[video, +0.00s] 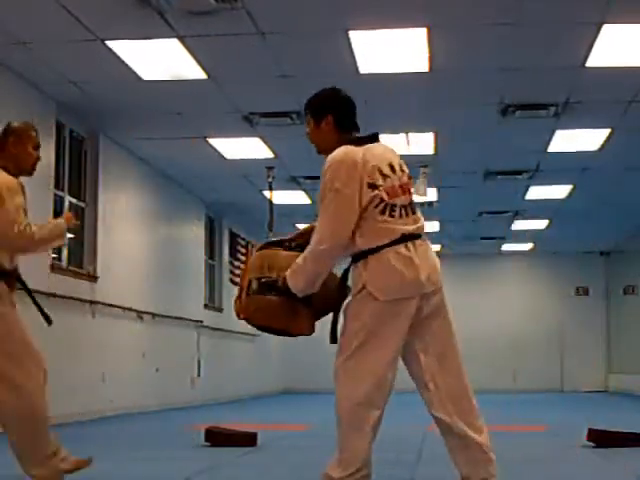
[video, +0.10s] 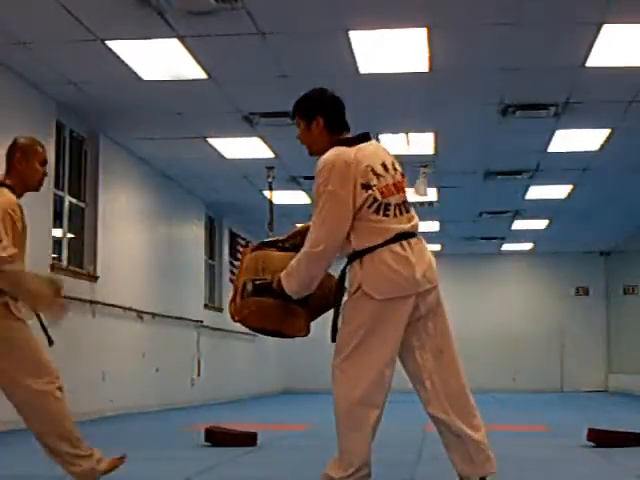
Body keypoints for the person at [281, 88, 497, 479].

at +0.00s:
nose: (309, 135)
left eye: (310, 126)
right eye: (308, 127)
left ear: (328, 122)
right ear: (346, 122)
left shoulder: (342, 161)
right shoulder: (387, 154)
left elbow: (333, 237)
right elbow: (372, 216)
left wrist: (297, 280)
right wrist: (316, 233)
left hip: (383, 272)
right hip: (423, 264)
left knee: (359, 377)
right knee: (442, 375)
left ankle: (350, 470)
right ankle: (479, 469)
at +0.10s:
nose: (300, 138)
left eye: (301, 128)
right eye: (298, 130)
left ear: (320, 123)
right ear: (337, 123)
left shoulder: (335, 162)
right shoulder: (377, 151)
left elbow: (327, 235)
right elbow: (365, 214)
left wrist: (290, 283)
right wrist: (315, 231)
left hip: (379, 271)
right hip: (418, 262)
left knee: (356, 373)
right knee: (438, 371)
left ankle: (352, 468)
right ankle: (477, 467)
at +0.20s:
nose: (297, 139)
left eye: (298, 130)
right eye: (295, 131)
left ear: (316, 125)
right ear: (334, 122)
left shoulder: (334, 163)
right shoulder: (375, 151)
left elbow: (325, 239)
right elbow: (366, 214)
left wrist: (288, 282)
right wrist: (315, 229)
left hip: (377, 272)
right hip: (416, 262)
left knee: (354, 374)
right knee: (436, 370)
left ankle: (351, 469)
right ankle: (477, 465)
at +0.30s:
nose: (301, 140)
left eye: (302, 131)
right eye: (299, 132)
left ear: (321, 125)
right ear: (337, 123)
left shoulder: (338, 164)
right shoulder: (378, 152)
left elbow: (327, 239)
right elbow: (365, 212)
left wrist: (290, 281)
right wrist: (315, 227)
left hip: (379, 276)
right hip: (417, 266)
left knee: (351, 373)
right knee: (436, 372)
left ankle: (351, 468)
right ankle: (484, 460)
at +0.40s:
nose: (310, 140)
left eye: (311, 130)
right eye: (308, 132)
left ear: (331, 125)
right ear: (347, 124)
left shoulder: (348, 164)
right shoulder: (386, 154)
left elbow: (336, 237)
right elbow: (372, 217)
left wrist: (296, 281)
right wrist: (321, 229)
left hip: (382, 278)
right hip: (420, 270)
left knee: (347, 370)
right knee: (438, 370)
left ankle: (350, 468)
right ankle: (490, 457)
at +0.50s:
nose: (327, 142)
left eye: (328, 132)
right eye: (325, 133)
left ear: (348, 127)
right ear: (359, 127)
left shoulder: (365, 169)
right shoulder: (404, 161)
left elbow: (346, 243)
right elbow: (387, 230)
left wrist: (307, 281)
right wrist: (333, 242)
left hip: (390, 280)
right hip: (427, 274)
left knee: (345, 370)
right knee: (442, 378)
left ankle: (346, 468)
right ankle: (494, 461)